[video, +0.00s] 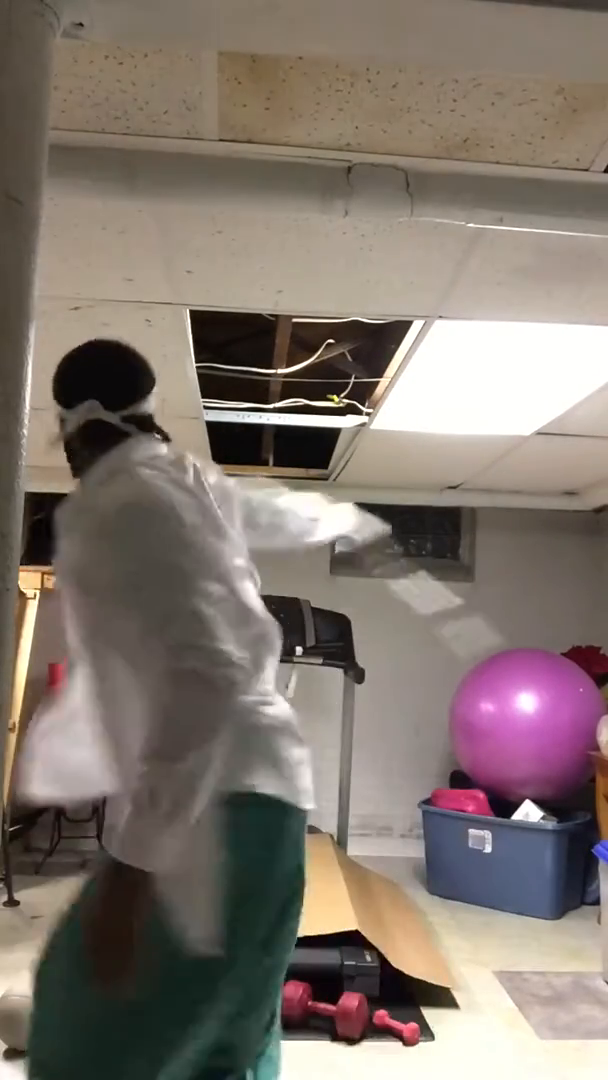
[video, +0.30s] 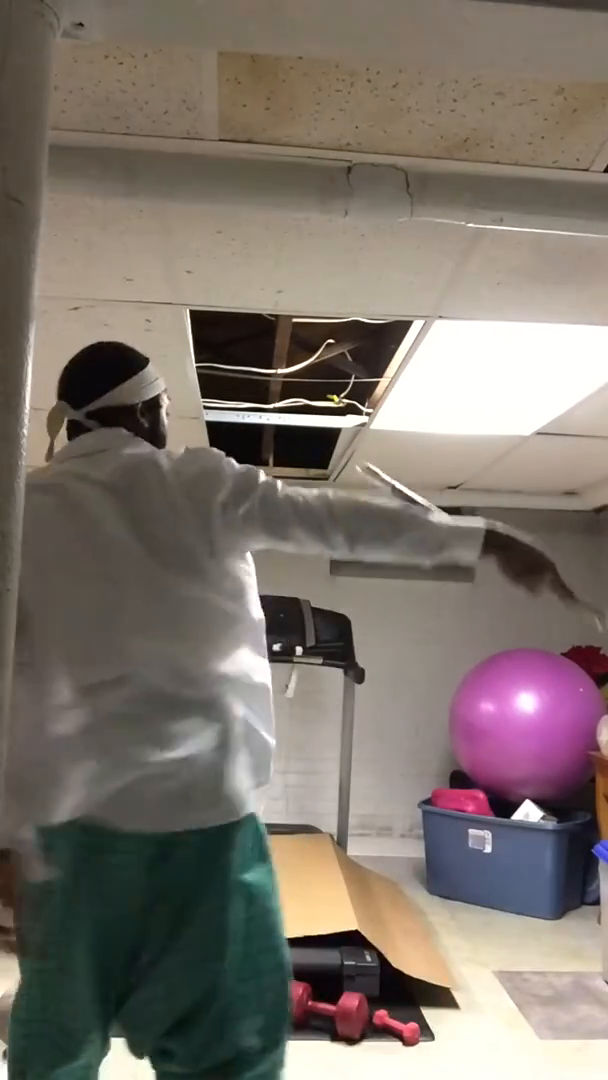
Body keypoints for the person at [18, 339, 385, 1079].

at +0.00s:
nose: (59, 432)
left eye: (59, 417)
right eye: (62, 417)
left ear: (71, 418)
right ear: (147, 408)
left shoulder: (123, 495)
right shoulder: (196, 483)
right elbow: (298, 516)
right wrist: (362, 530)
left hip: (204, 818)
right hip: (266, 816)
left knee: (80, 1038)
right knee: (227, 1052)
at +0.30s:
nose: (168, 421)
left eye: (162, 412)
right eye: (162, 410)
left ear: (67, 424)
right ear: (151, 415)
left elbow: (11, 683)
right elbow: (334, 519)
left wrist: (7, 840)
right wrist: (484, 541)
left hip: (67, 826)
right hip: (205, 823)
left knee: (49, 1056)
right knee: (226, 1057)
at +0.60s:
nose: (159, 434)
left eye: (155, 416)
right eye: (145, 416)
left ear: (67, 427)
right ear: (100, 424)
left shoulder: (21, 501)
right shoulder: (134, 508)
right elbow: (242, 617)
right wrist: (383, 678)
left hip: (17, 814)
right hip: (128, 812)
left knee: (29, 1031)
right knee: (139, 1027)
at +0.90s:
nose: (150, 452)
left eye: (149, 438)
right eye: (134, 437)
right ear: (79, 448)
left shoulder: (142, 528)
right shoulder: (30, 528)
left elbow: (222, 566)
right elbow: (16, 678)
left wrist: (254, 621)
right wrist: (126, 672)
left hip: (59, 769)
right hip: (26, 772)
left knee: (23, 985)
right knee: (112, 979)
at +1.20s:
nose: (127, 532)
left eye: (133, 516)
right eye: (114, 514)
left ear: (135, 517)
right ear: (61, 511)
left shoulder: (117, 584)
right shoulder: (14, 589)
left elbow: (127, 709)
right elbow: (28, 747)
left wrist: (108, 780)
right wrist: (44, 665)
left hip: (61, 815)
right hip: (10, 807)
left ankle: (50, 1062)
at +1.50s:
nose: (82, 569)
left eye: (91, 554)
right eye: (71, 552)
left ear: (95, 553)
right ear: (29, 545)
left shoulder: (79, 616)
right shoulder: (13, 604)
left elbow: (35, 726)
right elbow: (30, 725)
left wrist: (11, 784)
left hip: (18, 782)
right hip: (14, 781)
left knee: (10, 897)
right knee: (8, 897)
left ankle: (5, 1014)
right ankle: (6, 1009)